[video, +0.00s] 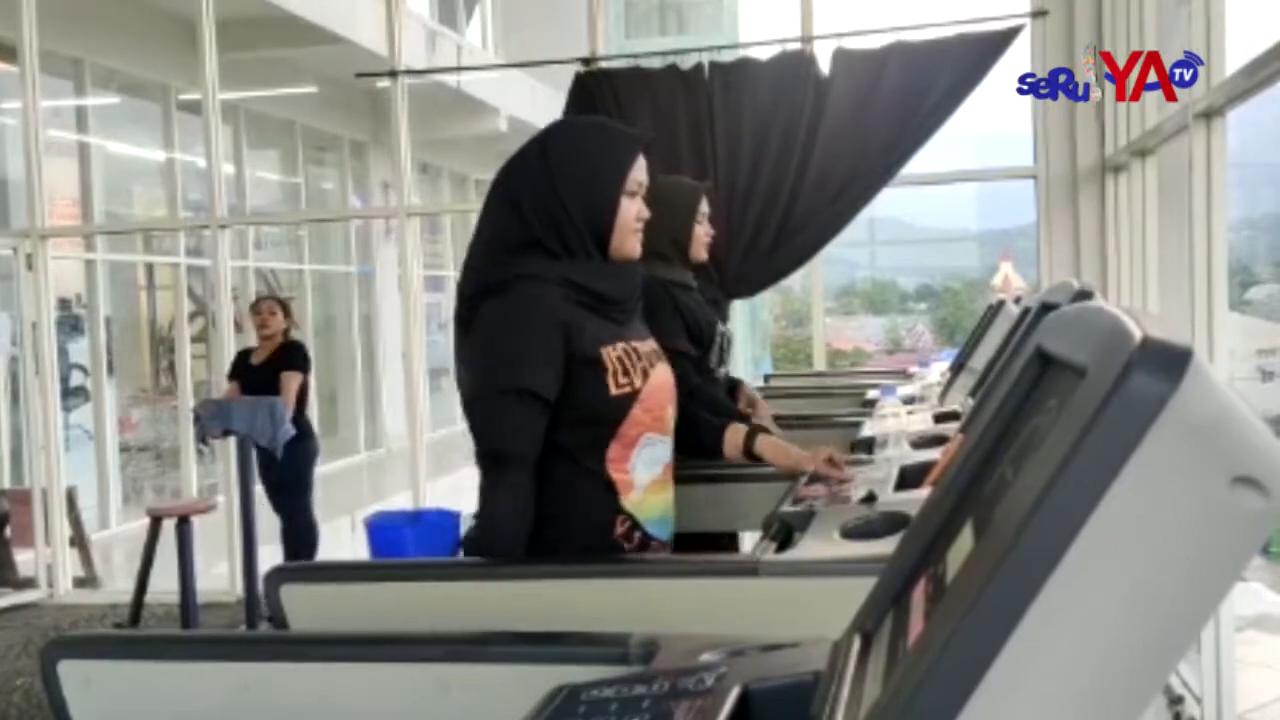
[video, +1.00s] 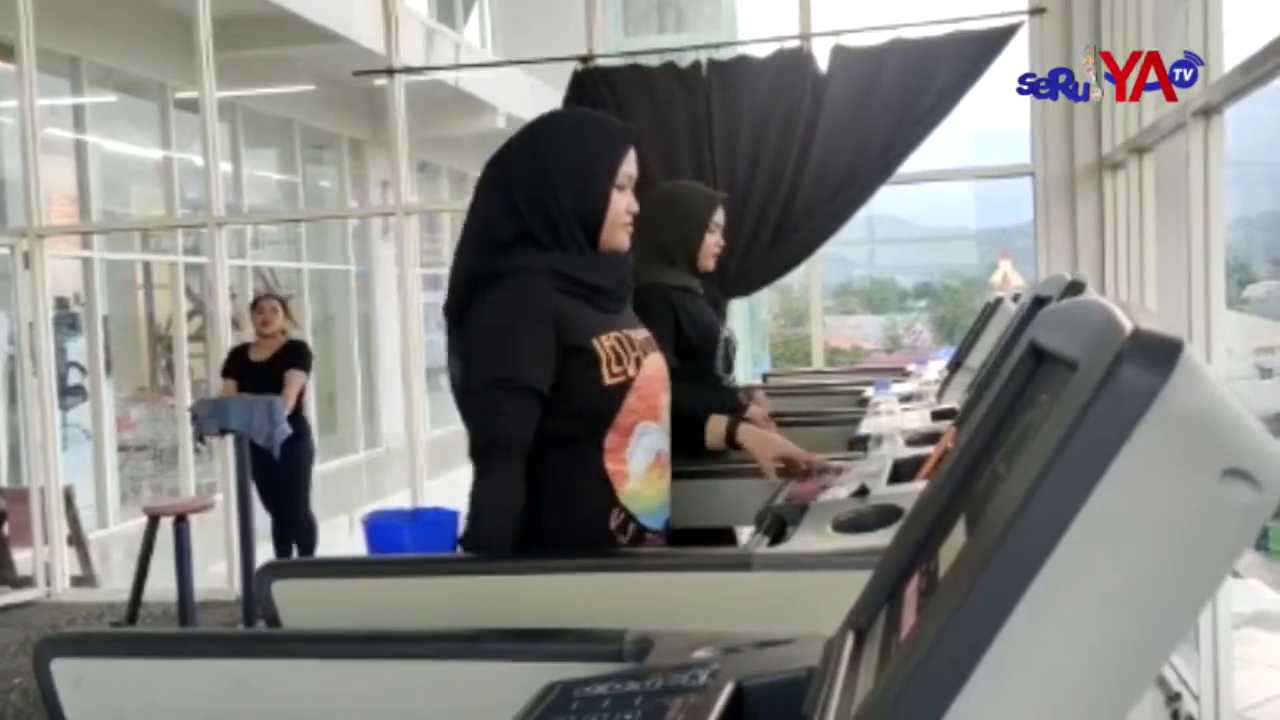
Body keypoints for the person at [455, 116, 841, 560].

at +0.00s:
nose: (645, 211)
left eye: (643, 195)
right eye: (632, 194)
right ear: (583, 195)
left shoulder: (610, 297)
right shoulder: (526, 307)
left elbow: (668, 411)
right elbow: (507, 473)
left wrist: (784, 455)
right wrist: (486, 600)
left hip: (633, 558)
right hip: (564, 571)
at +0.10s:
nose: (640, 202)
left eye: (638, 186)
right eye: (627, 185)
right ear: (577, 184)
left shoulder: (600, 284)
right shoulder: (528, 291)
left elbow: (654, 404)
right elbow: (535, 455)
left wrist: (769, 452)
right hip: (543, 566)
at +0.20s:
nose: (638, 203)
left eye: (635, 186)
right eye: (624, 185)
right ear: (574, 185)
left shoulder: (594, 286)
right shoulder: (529, 289)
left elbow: (645, 404)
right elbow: (564, 435)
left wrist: (760, 444)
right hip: (533, 567)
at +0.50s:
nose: (641, 203)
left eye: (639, 186)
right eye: (626, 185)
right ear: (577, 185)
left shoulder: (603, 282)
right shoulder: (530, 287)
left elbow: (640, 406)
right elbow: (536, 439)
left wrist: (746, 431)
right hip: (561, 564)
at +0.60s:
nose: (642, 198)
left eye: (641, 180)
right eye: (630, 178)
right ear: (582, 177)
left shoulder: (604, 273)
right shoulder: (526, 281)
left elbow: (632, 400)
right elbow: (513, 443)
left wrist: (738, 426)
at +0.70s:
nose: (643, 202)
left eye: (641, 187)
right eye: (629, 186)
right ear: (578, 184)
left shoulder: (608, 282)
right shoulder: (520, 290)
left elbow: (635, 406)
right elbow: (490, 446)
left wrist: (741, 432)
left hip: (618, 550)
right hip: (544, 562)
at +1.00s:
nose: (635, 207)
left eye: (632, 189)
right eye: (621, 188)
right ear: (571, 188)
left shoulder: (598, 289)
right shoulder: (519, 300)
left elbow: (623, 413)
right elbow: (501, 461)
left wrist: (738, 434)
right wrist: (478, 589)